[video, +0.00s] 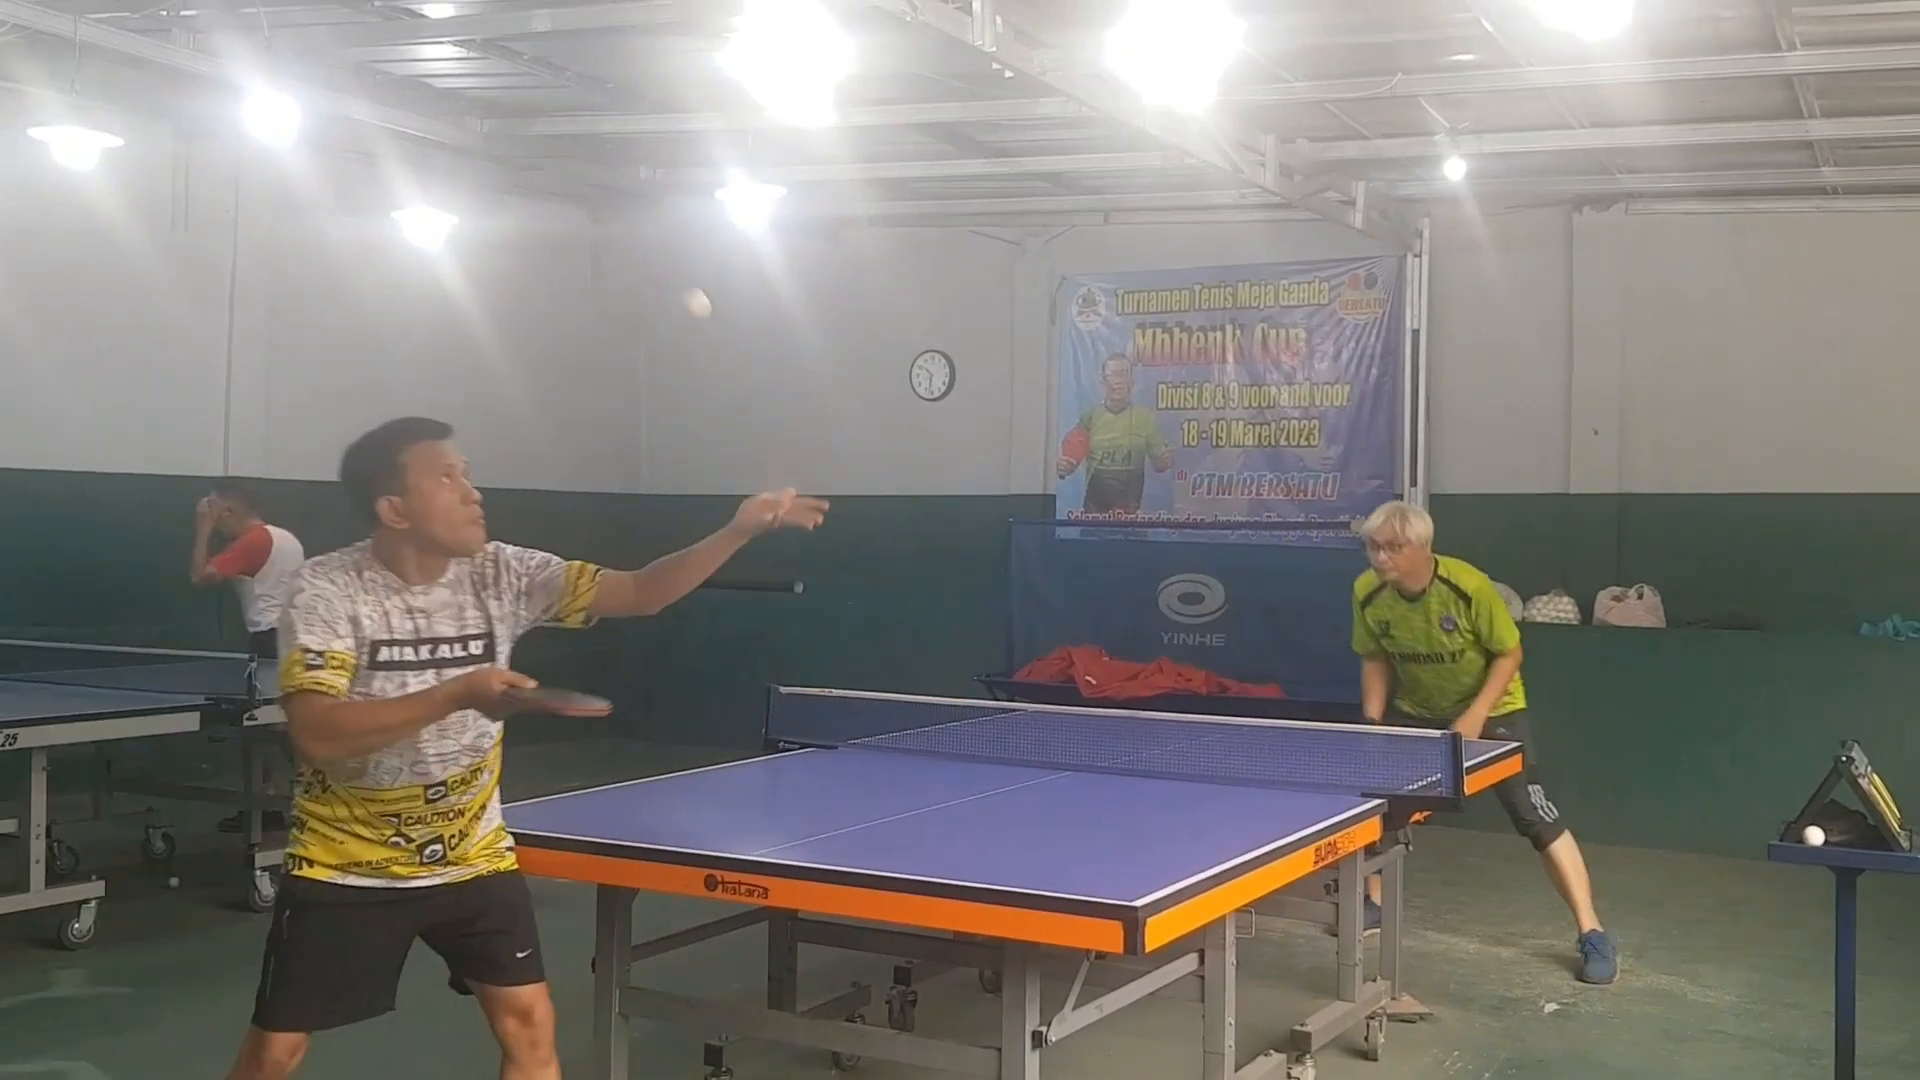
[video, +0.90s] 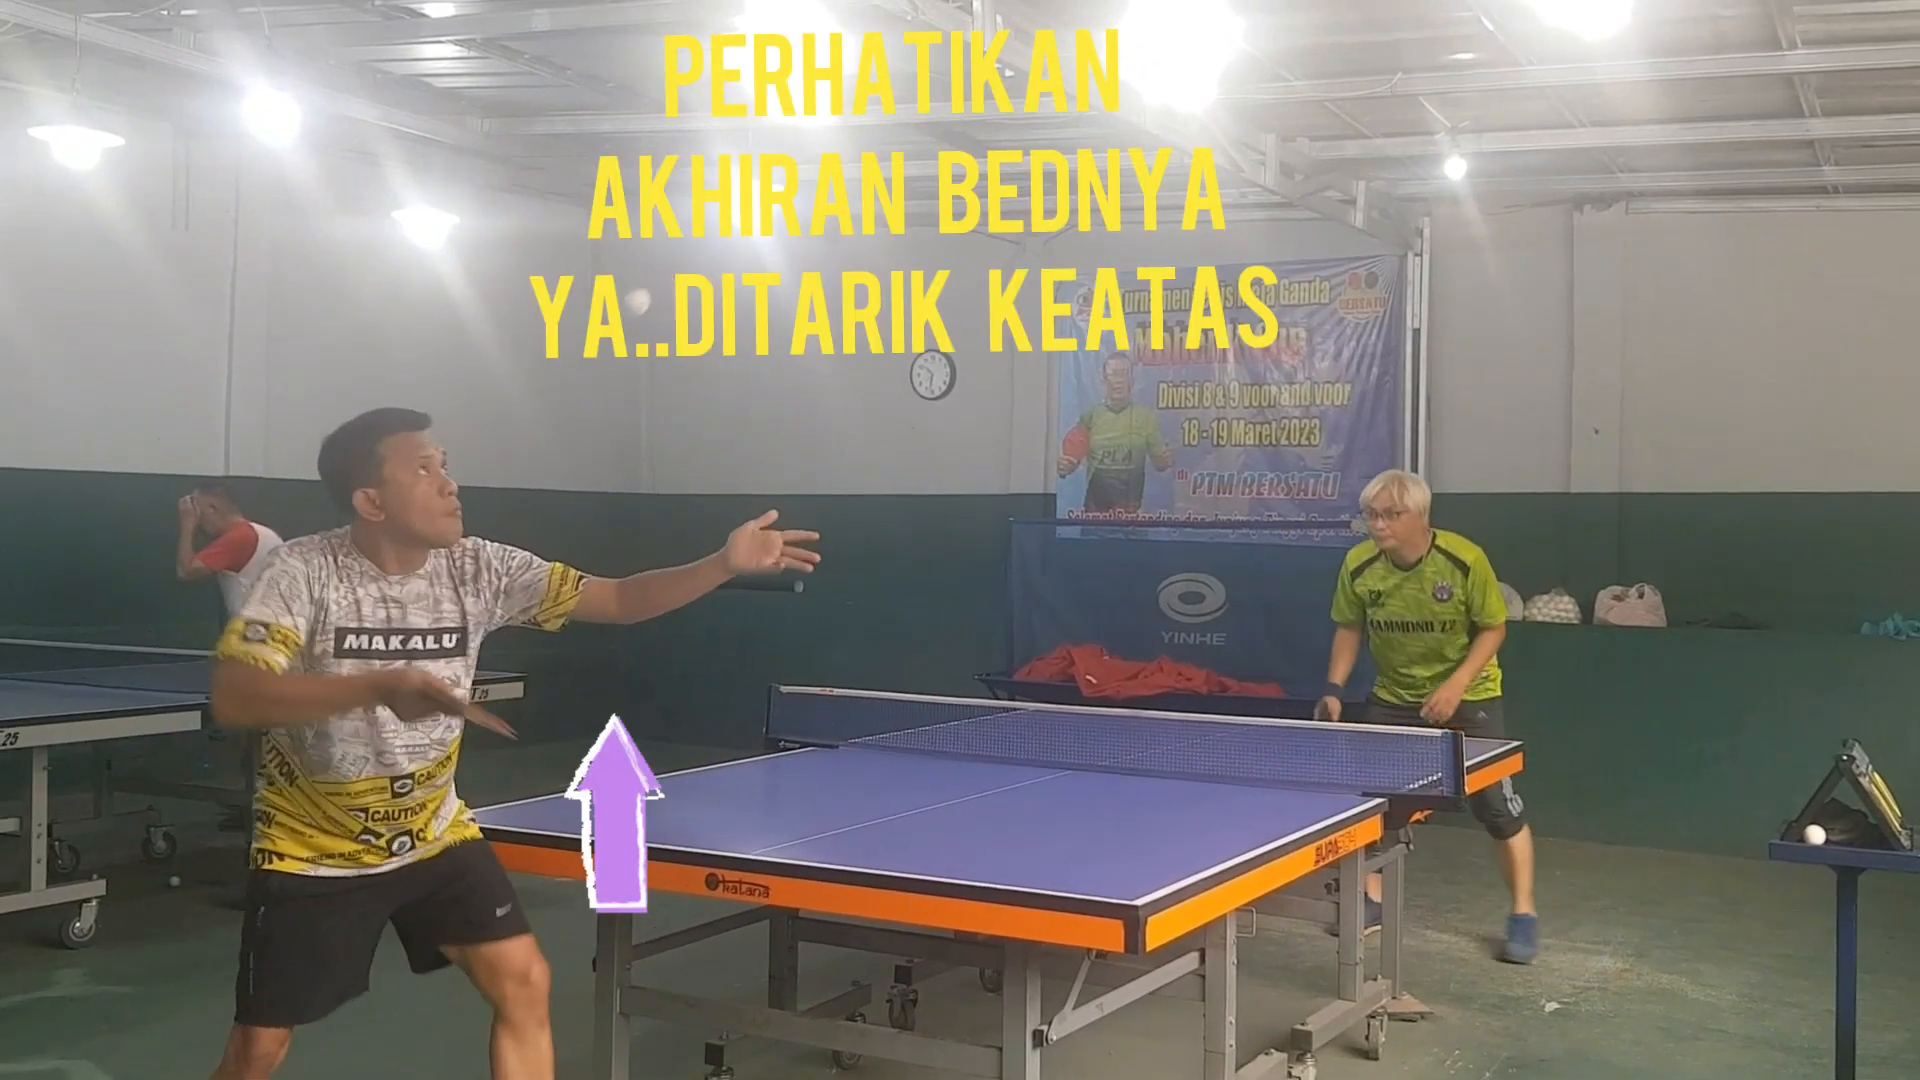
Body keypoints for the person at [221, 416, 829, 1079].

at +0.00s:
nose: (475, 490)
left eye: (469, 476)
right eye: (451, 478)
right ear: (392, 507)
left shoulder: (503, 575)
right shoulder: (326, 586)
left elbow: (638, 591)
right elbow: (317, 732)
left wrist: (742, 527)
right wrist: (458, 692)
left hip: (472, 852)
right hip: (344, 861)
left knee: (529, 1023)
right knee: (273, 1052)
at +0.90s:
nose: (451, 481)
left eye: (446, 466)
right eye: (427, 469)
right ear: (368, 501)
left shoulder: (480, 569)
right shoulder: (295, 572)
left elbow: (619, 599)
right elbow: (233, 696)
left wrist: (725, 563)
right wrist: (381, 686)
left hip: (432, 832)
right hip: (309, 845)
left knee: (523, 982)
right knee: (257, 1051)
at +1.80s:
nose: (503, 519)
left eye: (502, 501)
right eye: (483, 503)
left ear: (499, 510)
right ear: (419, 518)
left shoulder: (523, 586)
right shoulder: (348, 558)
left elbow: (658, 608)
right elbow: (196, 574)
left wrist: (746, 550)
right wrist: (329, 588)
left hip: (439, 831)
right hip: (321, 842)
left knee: (544, 965)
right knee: (259, 1050)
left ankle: (421, 1047)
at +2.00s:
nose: (518, 527)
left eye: (520, 508)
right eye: (497, 509)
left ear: (520, 515)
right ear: (434, 518)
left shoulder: (538, 590)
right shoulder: (371, 559)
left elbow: (671, 609)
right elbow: (208, 559)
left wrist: (745, 544)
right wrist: (350, 591)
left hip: (445, 835)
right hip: (328, 842)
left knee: (551, 971)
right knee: (261, 1051)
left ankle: (429, 1052)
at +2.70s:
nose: (620, 582)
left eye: (623, 564)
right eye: (611, 561)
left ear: (569, 559)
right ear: (552, 554)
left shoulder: (590, 628)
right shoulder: (459, 572)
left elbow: (685, 640)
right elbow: (343, 605)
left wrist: (681, 533)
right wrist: (474, 660)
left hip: (485, 871)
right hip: (369, 868)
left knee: (578, 1028)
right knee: (293, 1062)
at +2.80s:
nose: (645, 601)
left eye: (650, 584)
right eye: (640, 578)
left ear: (592, 574)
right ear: (587, 569)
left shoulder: (599, 649)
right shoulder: (479, 583)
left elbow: (690, 665)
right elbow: (354, 634)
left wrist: (678, 543)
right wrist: (505, 638)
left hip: (495, 879)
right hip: (382, 876)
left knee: (597, 1030)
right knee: (316, 1065)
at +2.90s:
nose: (645, 601)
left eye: (650, 584)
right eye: (640, 578)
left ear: (592, 574)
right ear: (587, 569)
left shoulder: (599, 649)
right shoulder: (479, 583)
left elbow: (690, 665)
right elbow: (354, 634)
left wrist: (678, 543)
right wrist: (505, 638)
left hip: (495, 879)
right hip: (382, 876)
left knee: (597, 1030)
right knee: (316, 1065)